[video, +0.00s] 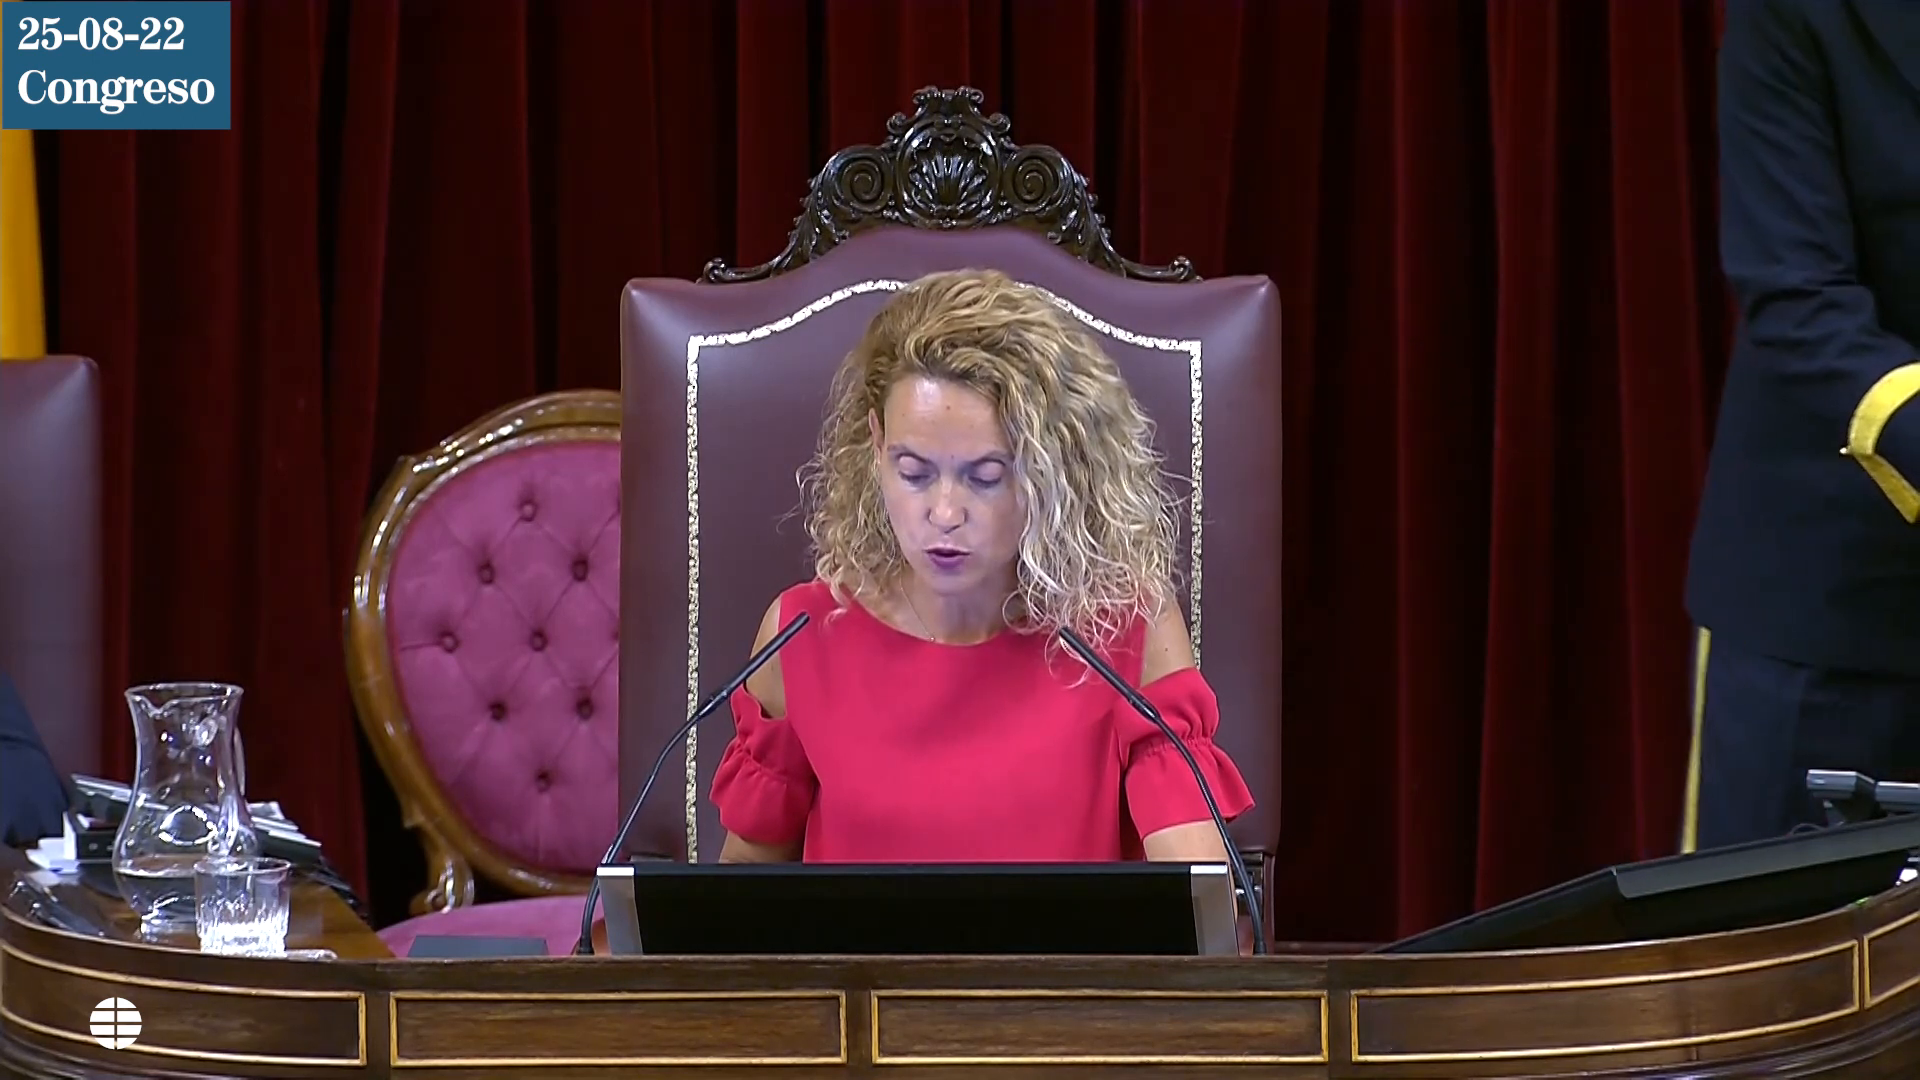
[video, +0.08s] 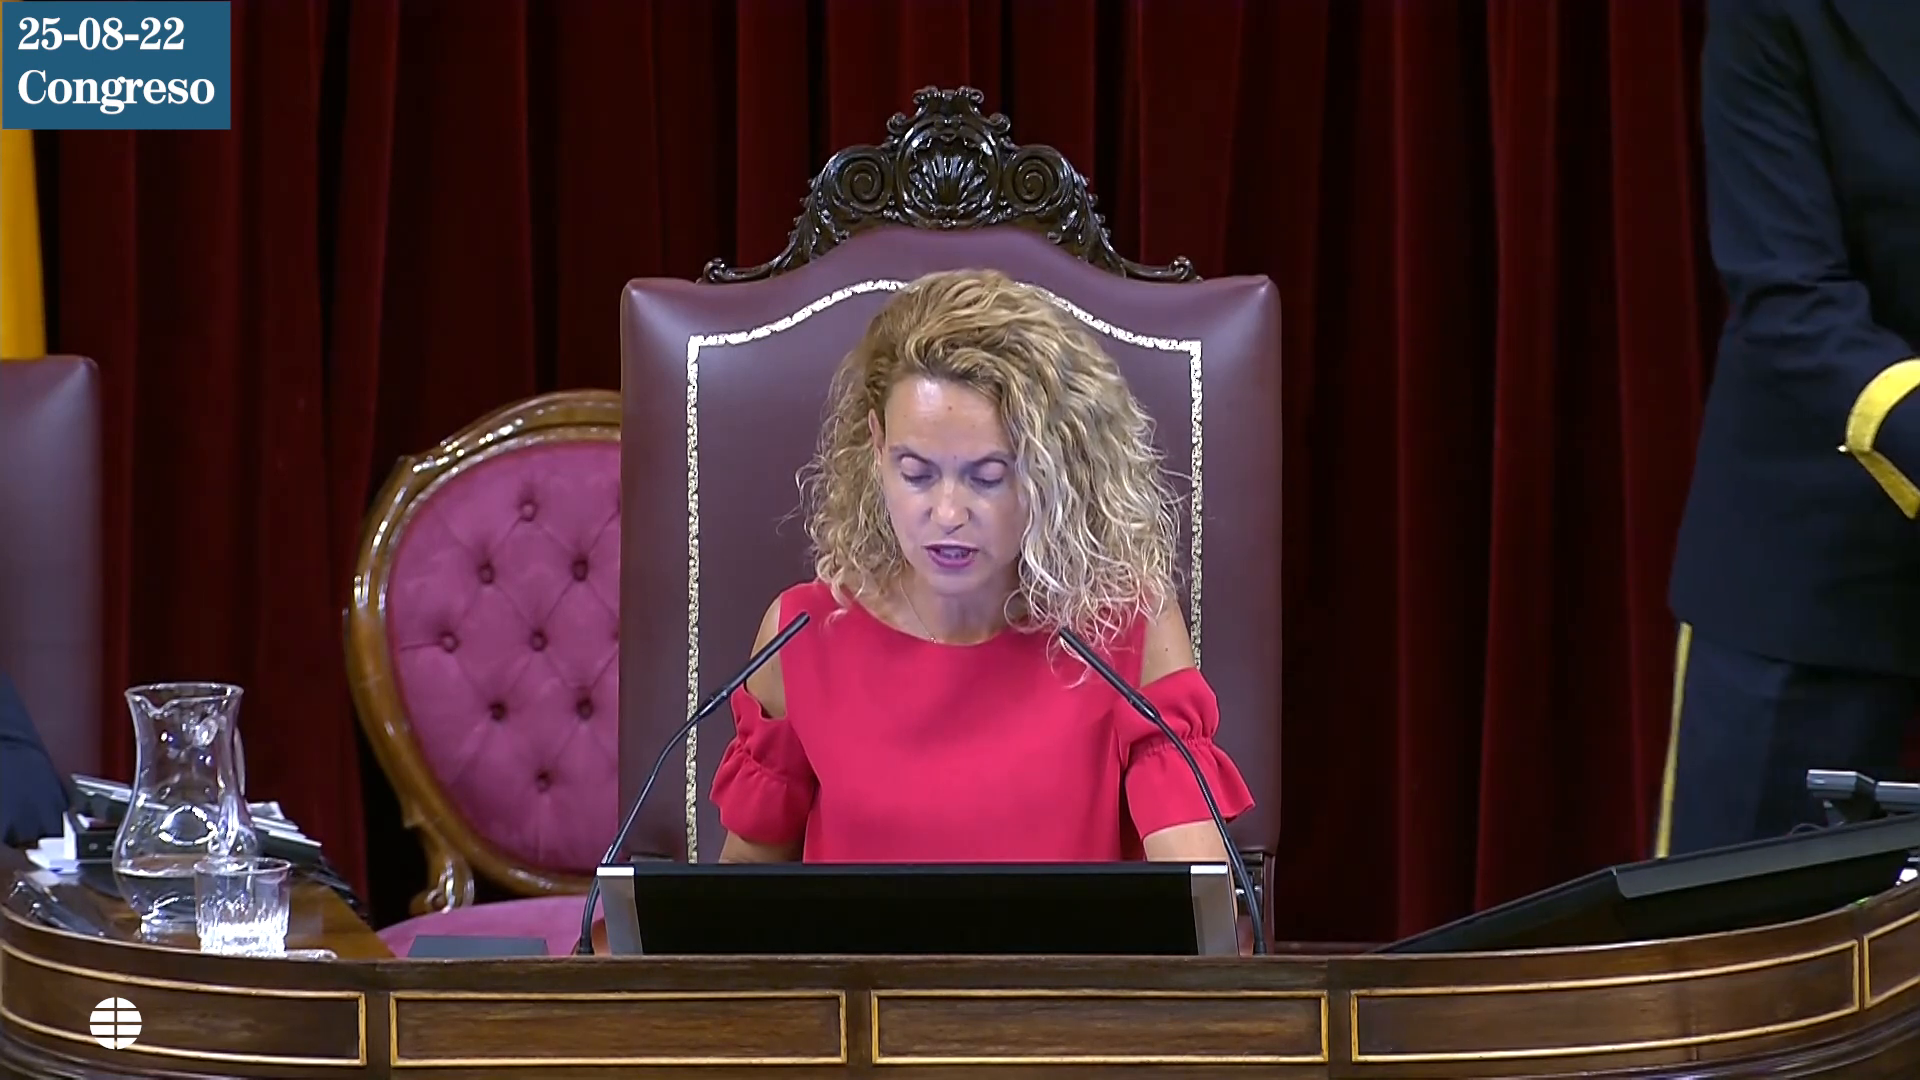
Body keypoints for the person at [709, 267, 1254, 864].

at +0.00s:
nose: (946, 513)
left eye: (984, 474)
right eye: (916, 471)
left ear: (1050, 475)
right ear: (874, 459)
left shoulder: (1126, 622)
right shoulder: (804, 630)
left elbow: (1202, 898)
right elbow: (748, 877)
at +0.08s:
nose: (949, 513)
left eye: (987, 474)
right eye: (918, 471)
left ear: (1053, 474)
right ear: (875, 459)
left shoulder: (1125, 620)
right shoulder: (804, 630)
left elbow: (1200, 892)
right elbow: (749, 877)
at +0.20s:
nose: (954, 512)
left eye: (991, 474)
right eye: (921, 472)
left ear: (1056, 468)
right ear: (877, 455)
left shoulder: (1126, 621)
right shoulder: (805, 631)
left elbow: (1202, 897)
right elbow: (748, 878)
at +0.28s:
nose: (957, 511)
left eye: (995, 474)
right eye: (925, 472)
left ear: (1057, 467)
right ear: (878, 454)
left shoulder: (1127, 619)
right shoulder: (805, 631)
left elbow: (1199, 888)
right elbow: (748, 875)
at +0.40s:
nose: (961, 512)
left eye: (998, 473)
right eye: (927, 471)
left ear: (1059, 467)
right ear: (879, 453)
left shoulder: (1127, 621)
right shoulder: (805, 632)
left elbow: (1202, 895)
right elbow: (748, 878)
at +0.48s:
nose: (961, 512)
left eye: (999, 473)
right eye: (927, 471)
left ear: (1059, 466)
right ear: (878, 452)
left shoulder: (1127, 621)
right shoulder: (804, 632)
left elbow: (1202, 897)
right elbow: (749, 877)